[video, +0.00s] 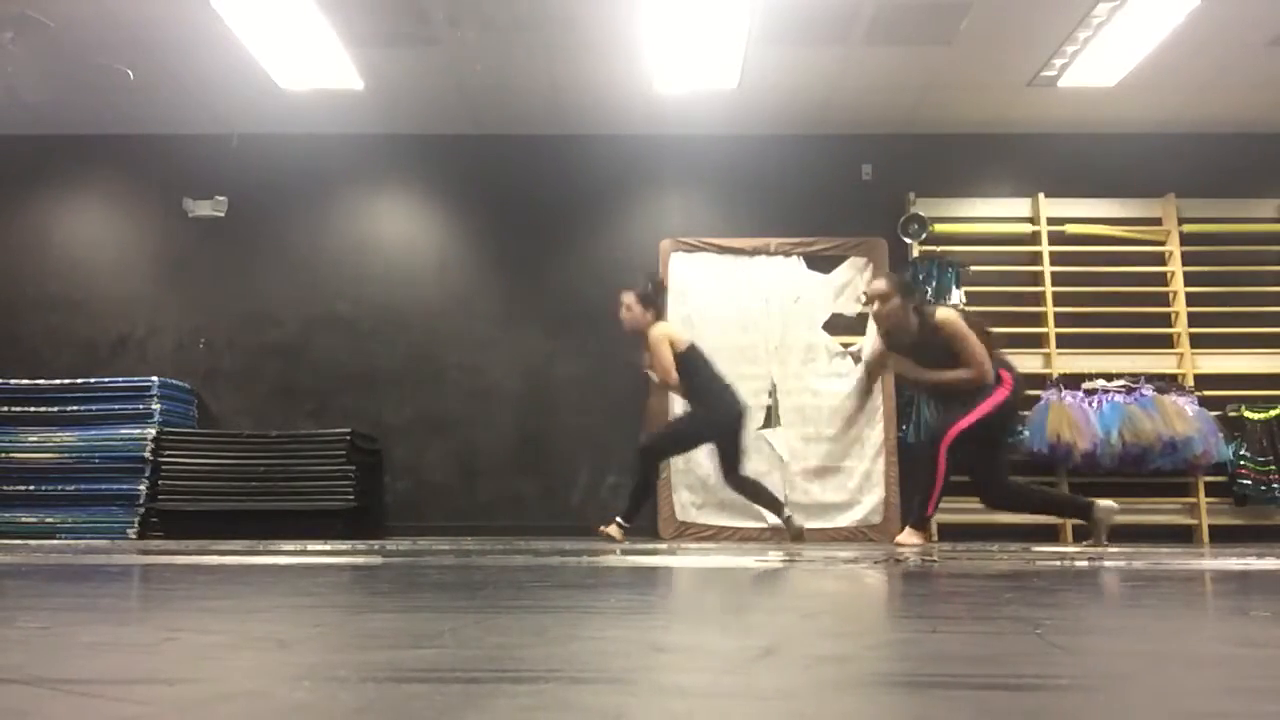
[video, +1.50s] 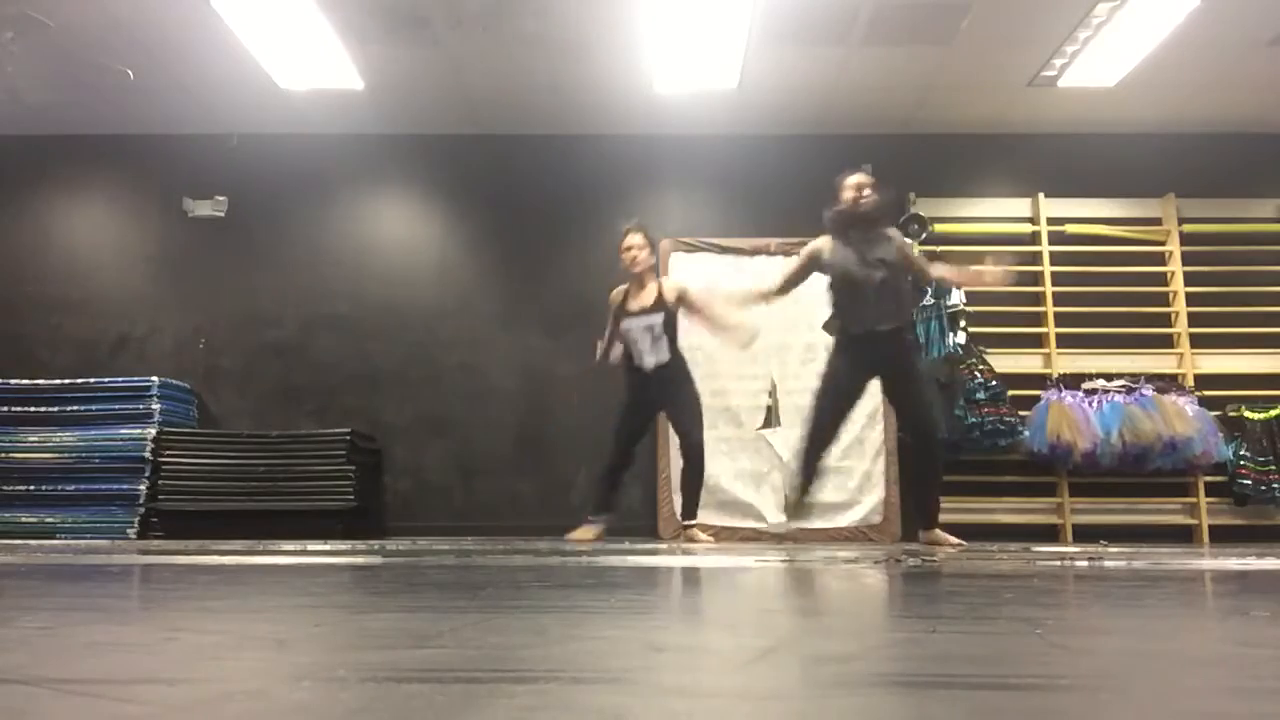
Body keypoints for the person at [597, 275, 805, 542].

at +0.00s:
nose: (622, 314)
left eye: (628, 308)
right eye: (622, 308)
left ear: (648, 311)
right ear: (649, 313)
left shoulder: (657, 333)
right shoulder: (667, 331)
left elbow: (670, 378)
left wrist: (650, 372)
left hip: (712, 413)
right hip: (730, 411)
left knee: (650, 452)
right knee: (733, 477)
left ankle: (622, 524)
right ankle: (785, 515)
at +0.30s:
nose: (615, 261)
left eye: (620, 256)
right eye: (608, 255)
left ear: (627, 264)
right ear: (596, 264)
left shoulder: (638, 295)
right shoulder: (583, 299)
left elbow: (648, 341)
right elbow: (576, 329)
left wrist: (608, 356)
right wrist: (572, 355)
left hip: (645, 381)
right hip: (612, 382)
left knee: (622, 444)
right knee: (590, 444)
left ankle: (614, 523)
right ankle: (575, 515)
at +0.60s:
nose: (587, 255)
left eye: (589, 249)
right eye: (581, 248)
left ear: (587, 251)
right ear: (560, 248)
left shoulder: (583, 285)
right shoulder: (543, 279)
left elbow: (600, 329)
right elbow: (519, 242)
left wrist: (619, 371)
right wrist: (558, 254)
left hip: (597, 373)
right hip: (564, 376)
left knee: (618, 438)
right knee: (549, 448)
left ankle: (638, 516)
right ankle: (534, 525)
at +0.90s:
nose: (550, 281)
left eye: (549, 274)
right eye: (543, 276)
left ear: (545, 277)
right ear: (523, 282)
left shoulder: (559, 305)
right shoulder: (505, 322)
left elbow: (579, 337)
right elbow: (476, 358)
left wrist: (591, 361)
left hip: (597, 389)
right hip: (563, 403)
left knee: (647, 438)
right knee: (541, 459)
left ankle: (707, 486)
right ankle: (535, 529)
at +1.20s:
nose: (585, 309)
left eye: (586, 301)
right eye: (575, 304)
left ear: (590, 304)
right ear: (559, 314)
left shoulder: (606, 331)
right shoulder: (547, 349)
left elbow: (626, 369)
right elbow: (533, 396)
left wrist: (642, 407)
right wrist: (521, 433)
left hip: (616, 415)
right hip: (578, 421)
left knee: (656, 447)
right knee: (546, 461)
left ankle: (687, 524)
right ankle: (534, 530)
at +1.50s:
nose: (634, 254)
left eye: (640, 248)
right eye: (627, 250)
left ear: (653, 252)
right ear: (621, 258)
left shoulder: (672, 290)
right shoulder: (619, 297)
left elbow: (708, 313)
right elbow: (612, 333)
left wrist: (739, 331)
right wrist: (604, 353)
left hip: (676, 383)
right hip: (640, 387)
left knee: (694, 447)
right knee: (621, 452)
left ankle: (689, 524)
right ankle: (596, 522)